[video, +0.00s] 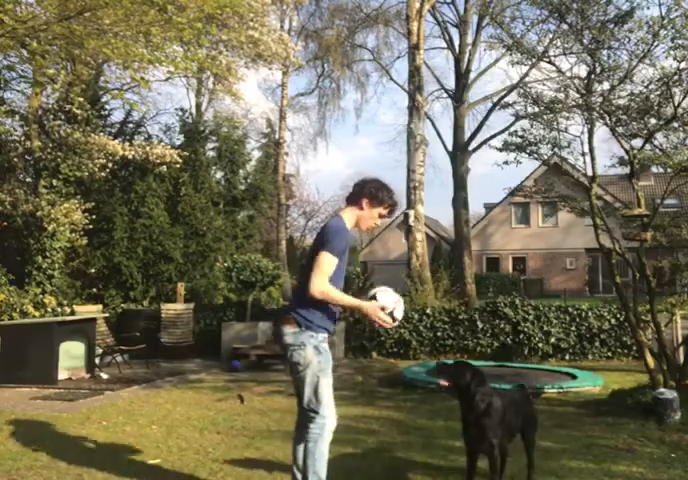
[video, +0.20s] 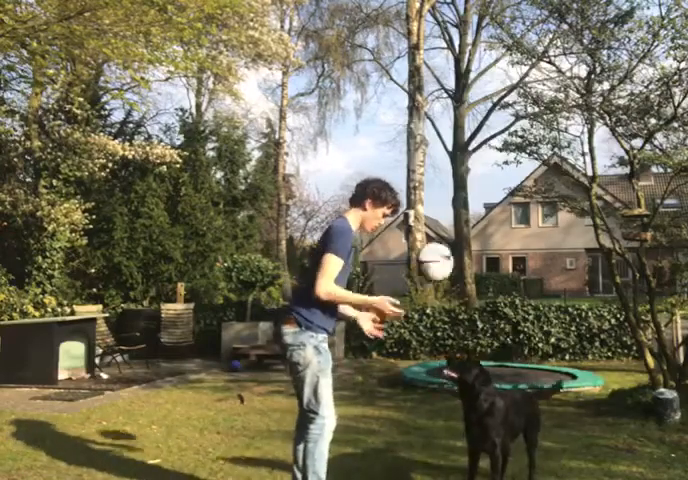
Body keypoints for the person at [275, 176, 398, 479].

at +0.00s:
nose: (377, 224)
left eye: (382, 219)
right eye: (379, 216)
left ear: (363, 204)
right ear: (364, 203)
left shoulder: (336, 230)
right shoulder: (337, 231)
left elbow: (323, 288)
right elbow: (317, 288)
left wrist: (365, 306)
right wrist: (364, 306)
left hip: (305, 331)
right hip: (307, 333)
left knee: (311, 414)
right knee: (323, 416)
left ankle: (302, 473)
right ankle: (313, 475)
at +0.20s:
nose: (381, 224)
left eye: (385, 218)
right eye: (383, 215)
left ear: (366, 205)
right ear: (368, 203)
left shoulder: (342, 232)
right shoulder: (342, 230)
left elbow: (325, 294)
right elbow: (323, 289)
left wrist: (358, 315)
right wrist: (371, 301)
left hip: (309, 331)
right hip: (306, 332)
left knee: (312, 415)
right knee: (322, 418)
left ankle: (302, 473)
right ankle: (313, 475)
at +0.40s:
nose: (390, 223)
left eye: (393, 217)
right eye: (391, 215)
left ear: (373, 206)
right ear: (375, 206)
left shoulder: (348, 235)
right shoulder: (349, 237)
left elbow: (329, 291)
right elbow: (324, 291)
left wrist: (357, 323)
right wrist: (369, 313)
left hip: (307, 332)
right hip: (308, 334)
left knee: (314, 414)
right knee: (326, 417)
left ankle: (303, 473)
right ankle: (315, 475)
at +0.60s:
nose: (398, 224)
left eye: (400, 218)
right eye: (397, 216)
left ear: (374, 211)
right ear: (381, 211)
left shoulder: (353, 241)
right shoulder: (361, 243)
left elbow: (348, 306)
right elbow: (355, 304)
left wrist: (384, 326)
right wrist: (402, 325)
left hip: (311, 336)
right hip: (314, 338)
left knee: (328, 416)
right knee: (339, 418)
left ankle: (309, 473)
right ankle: (320, 475)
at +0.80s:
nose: (413, 237)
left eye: (412, 230)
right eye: (409, 229)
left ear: (387, 230)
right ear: (389, 230)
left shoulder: (363, 261)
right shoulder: (383, 265)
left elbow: (368, 314)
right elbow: (425, 323)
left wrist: (416, 321)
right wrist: (476, 339)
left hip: (310, 347)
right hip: (323, 350)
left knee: (340, 421)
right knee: (367, 418)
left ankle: (314, 475)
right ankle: (333, 475)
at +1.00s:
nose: (450, 272)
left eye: (449, 264)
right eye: (446, 264)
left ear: (423, 266)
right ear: (425, 265)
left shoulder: (399, 291)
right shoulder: (417, 297)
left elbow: (410, 335)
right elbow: (481, 336)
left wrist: (456, 337)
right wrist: (542, 348)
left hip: (329, 362)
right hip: (345, 363)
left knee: (360, 433)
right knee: (418, 411)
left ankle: (322, 474)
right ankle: (429, 475)